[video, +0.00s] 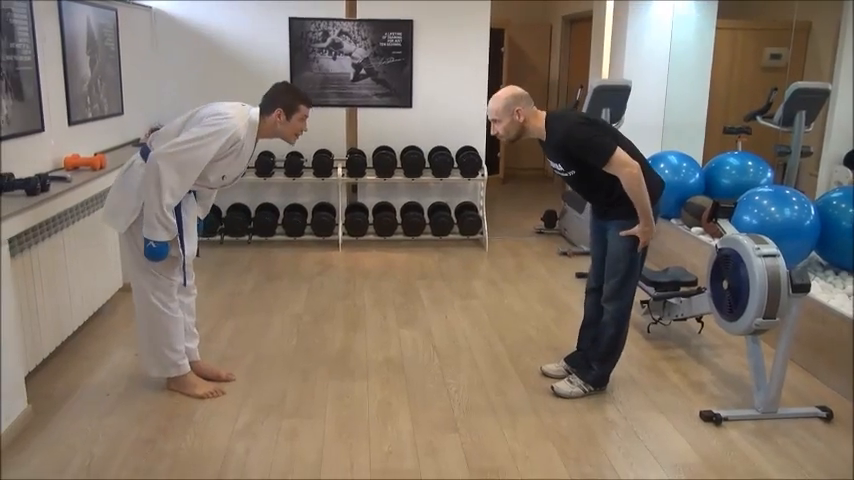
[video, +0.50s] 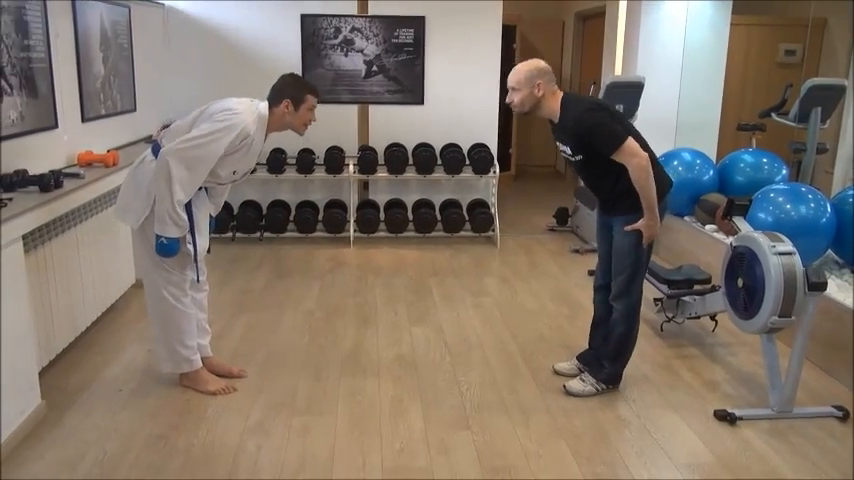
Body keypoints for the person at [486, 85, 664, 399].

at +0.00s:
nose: (493, 130)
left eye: (496, 122)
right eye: (491, 123)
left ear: (519, 114)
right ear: (520, 114)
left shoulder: (570, 131)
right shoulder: (548, 135)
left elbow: (630, 169)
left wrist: (646, 222)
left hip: (629, 211)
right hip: (603, 207)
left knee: (614, 297)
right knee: (596, 289)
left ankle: (596, 377)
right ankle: (582, 361)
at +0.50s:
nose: (507, 98)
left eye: (513, 90)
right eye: (507, 90)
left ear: (539, 88)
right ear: (538, 89)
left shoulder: (586, 117)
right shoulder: (561, 119)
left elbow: (639, 161)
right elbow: (601, 162)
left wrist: (651, 216)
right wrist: (608, 204)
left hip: (636, 208)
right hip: (610, 205)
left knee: (623, 293)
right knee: (604, 285)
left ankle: (608, 375)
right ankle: (595, 359)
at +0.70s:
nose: (540, 48)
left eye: (548, 42)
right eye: (543, 41)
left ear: (574, 48)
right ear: (570, 49)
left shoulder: (602, 89)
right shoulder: (572, 89)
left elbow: (638, 149)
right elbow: (591, 148)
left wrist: (639, 209)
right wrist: (591, 199)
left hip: (625, 207)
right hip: (599, 204)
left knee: (619, 293)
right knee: (600, 287)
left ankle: (612, 375)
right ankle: (598, 359)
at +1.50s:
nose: (566, 79)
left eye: (573, 72)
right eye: (567, 73)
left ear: (599, 75)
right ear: (592, 77)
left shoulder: (610, 123)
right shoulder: (582, 123)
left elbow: (618, 192)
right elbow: (576, 185)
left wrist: (597, 250)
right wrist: (560, 236)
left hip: (587, 248)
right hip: (562, 243)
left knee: (589, 337)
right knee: (565, 334)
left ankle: (616, 420)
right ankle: (567, 411)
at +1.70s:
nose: (550, 83)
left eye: (557, 76)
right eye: (550, 77)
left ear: (583, 75)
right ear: (576, 77)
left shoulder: (597, 120)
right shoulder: (569, 125)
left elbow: (606, 187)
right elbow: (554, 187)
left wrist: (584, 247)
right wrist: (529, 227)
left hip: (582, 247)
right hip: (560, 243)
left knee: (549, 323)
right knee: (572, 327)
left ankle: (591, 407)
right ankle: (567, 406)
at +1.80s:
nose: (542, 83)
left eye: (548, 76)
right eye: (542, 77)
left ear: (574, 76)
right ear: (569, 77)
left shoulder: (592, 120)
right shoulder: (562, 125)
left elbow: (598, 185)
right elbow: (537, 179)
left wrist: (570, 241)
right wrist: (494, 213)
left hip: (581, 244)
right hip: (564, 242)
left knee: (545, 327)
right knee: (572, 329)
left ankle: (561, 420)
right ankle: (573, 410)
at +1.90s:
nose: (533, 85)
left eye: (539, 77)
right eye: (533, 78)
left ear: (564, 77)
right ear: (557, 78)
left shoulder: (585, 119)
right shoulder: (552, 125)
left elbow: (572, 186)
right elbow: (516, 173)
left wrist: (520, 227)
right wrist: (467, 197)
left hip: (580, 243)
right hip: (563, 242)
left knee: (547, 333)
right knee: (571, 326)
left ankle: (537, 425)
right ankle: (573, 408)